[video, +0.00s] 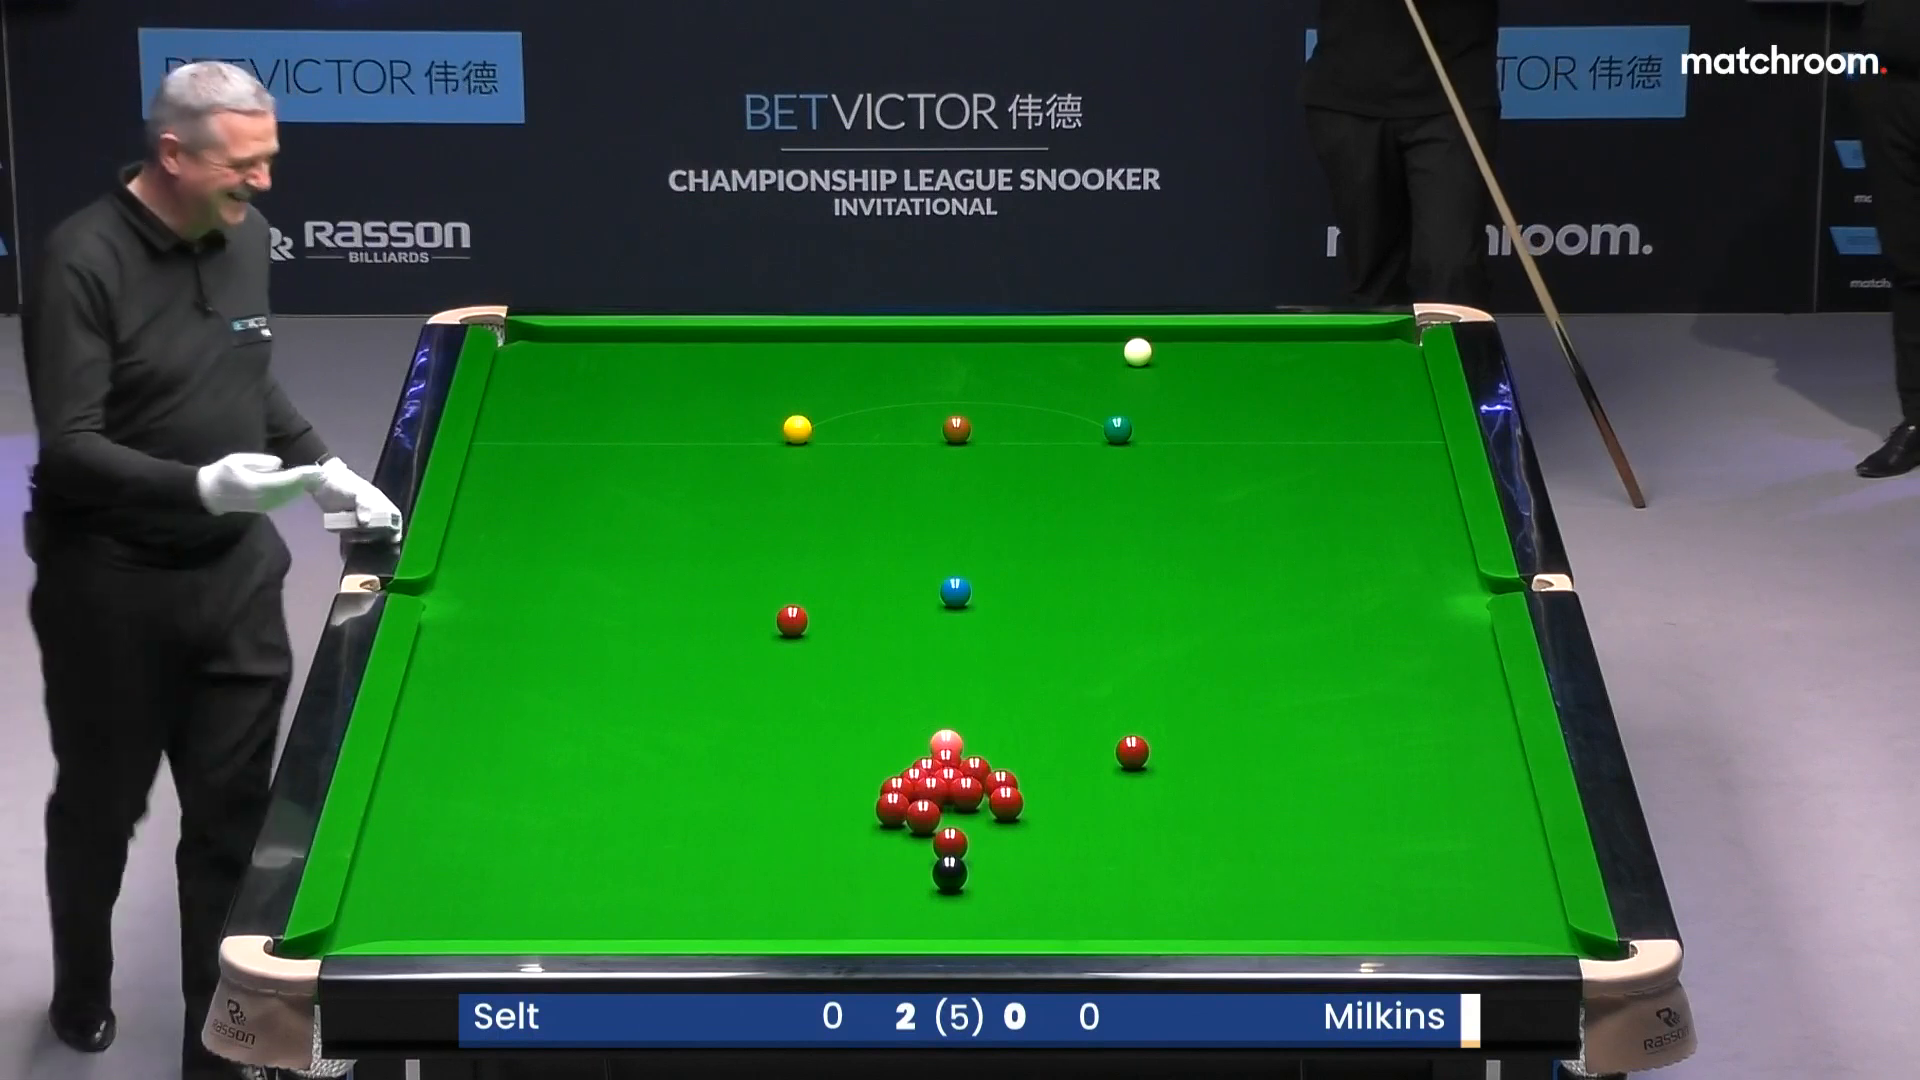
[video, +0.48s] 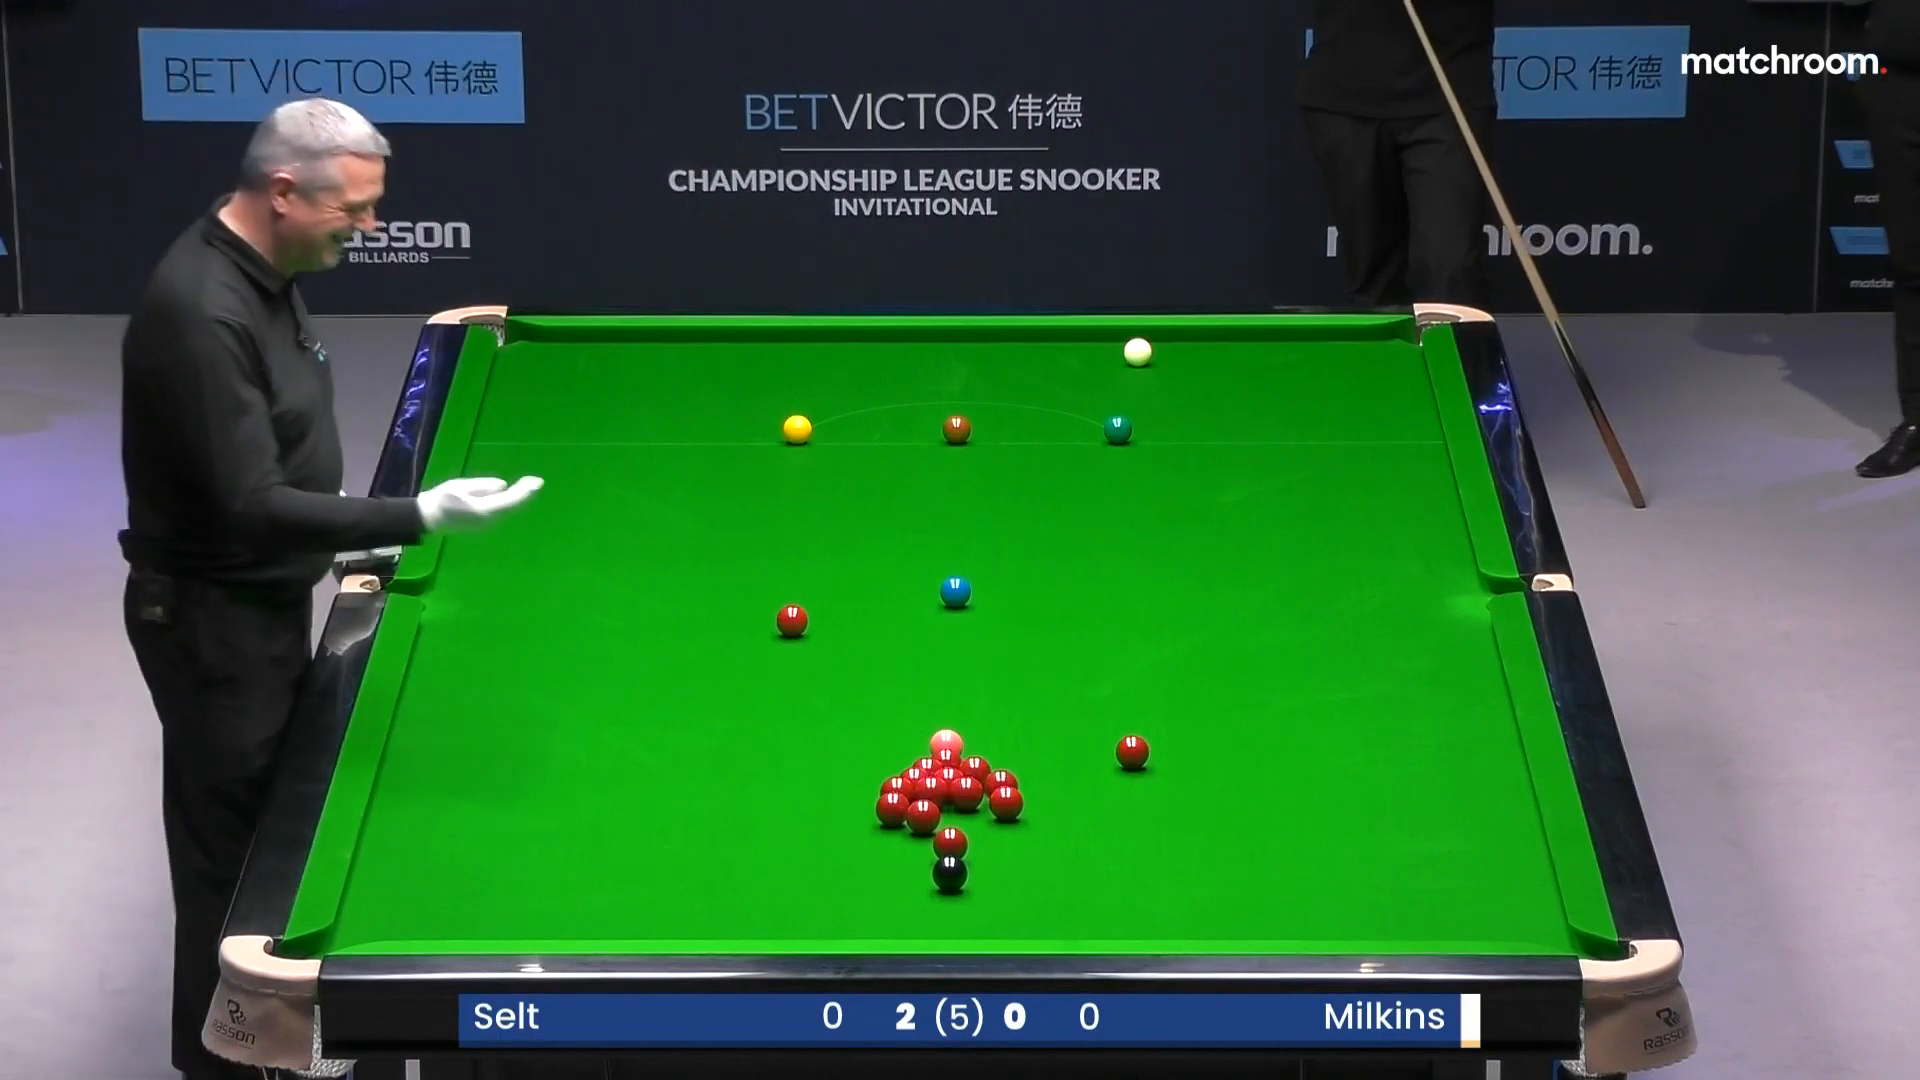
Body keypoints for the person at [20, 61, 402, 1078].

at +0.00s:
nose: (264, 182)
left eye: (268, 161)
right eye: (245, 165)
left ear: (249, 148)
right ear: (173, 155)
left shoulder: (244, 238)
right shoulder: (79, 259)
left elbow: (256, 388)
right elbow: (67, 444)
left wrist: (328, 477)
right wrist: (198, 483)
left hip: (235, 575)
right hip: (109, 587)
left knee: (231, 823)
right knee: (99, 807)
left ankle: (218, 1031)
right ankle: (81, 980)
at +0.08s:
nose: (279, 186)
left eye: (285, 167)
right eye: (263, 170)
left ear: (224, 160)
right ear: (192, 157)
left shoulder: (253, 247)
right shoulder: (97, 264)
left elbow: (259, 401)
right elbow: (91, 450)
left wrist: (333, 484)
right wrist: (236, 484)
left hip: (252, 578)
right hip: (137, 592)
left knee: (236, 838)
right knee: (133, 823)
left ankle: (220, 1047)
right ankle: (83, 943)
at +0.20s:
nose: (303, 192)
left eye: (308, 172)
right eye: (287, 175)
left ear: (236, 167)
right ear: (215, 164)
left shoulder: (257, 250)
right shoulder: (120, 271)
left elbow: (262, 416)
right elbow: (131, 461)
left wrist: (337, 491)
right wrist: (288, 482)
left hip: (264, 578)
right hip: (158, 593)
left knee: (258, 825)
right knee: (204, 821)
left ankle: (228, 1048)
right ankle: (102, 974)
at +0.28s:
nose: (318, 198)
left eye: (323, 178)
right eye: (301, 180)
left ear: (260, 174)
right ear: (231, 171)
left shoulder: (260, 249)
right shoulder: (138, 280)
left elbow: (265, 422)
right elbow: (158, 470)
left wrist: (332, 509)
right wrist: (319, 488)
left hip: (268, 578)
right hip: (174, 592)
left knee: (286, 810)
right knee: (230, 829)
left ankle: (231, 1035)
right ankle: (141, 1044)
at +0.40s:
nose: (344, 218)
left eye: (350, 197)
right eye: (328, 199)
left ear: (268, 188)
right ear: (258, 184)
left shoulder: (259, 263)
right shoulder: (173, 299)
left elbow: (274, 445)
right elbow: (211, 495)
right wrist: (375, 504)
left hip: (270, 592)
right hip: (203, 610)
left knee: (276, 840)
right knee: (223, 860)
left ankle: (265, 1051)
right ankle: (214, 1060)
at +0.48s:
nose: (361, 230)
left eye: (368, 210)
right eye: (348, 210)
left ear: (285, 193)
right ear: (280, 192)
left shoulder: (250, 269)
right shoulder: (200, 311)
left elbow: (276, 449)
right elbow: (248, 506)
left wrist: (344, 544)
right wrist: (417, 514)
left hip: (258, 602)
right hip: (213, 619)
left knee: (269, 842)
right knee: (227, 861)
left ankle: (253, 1049)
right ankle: (211, 1058)